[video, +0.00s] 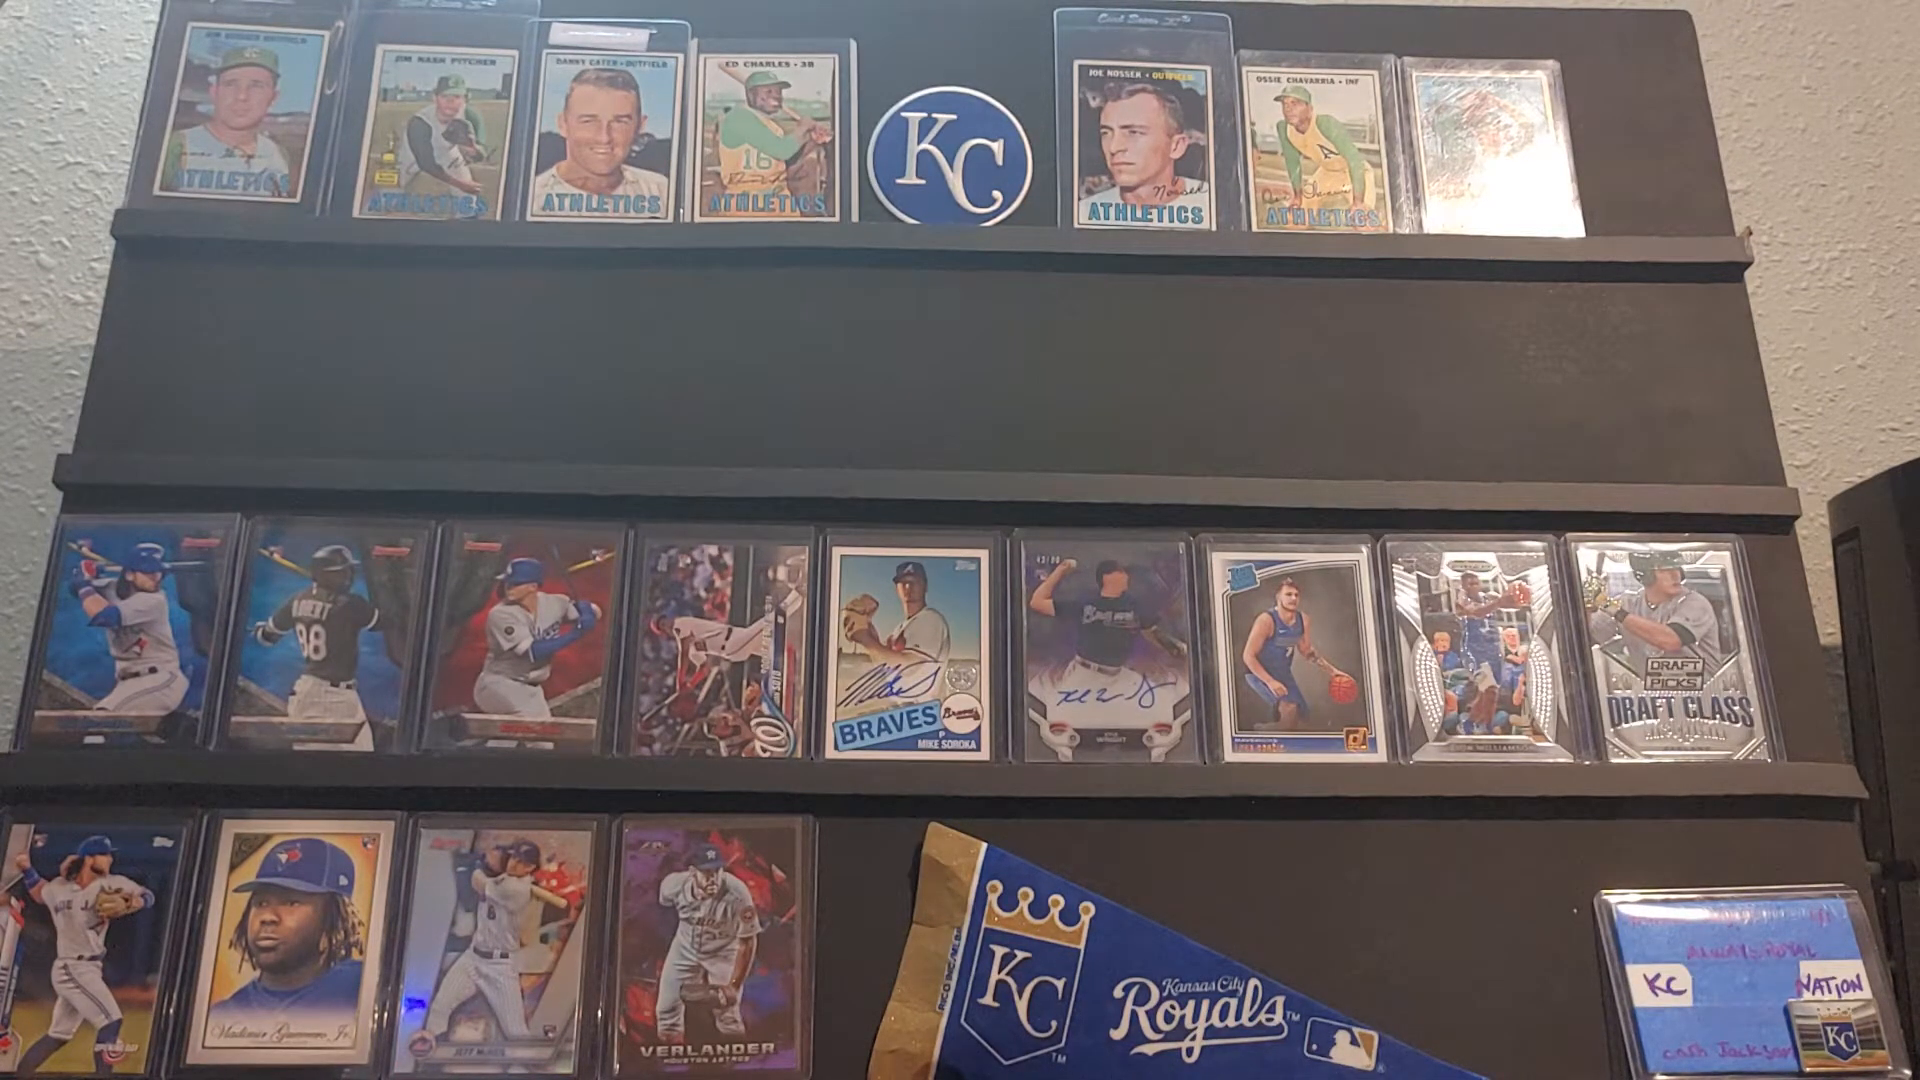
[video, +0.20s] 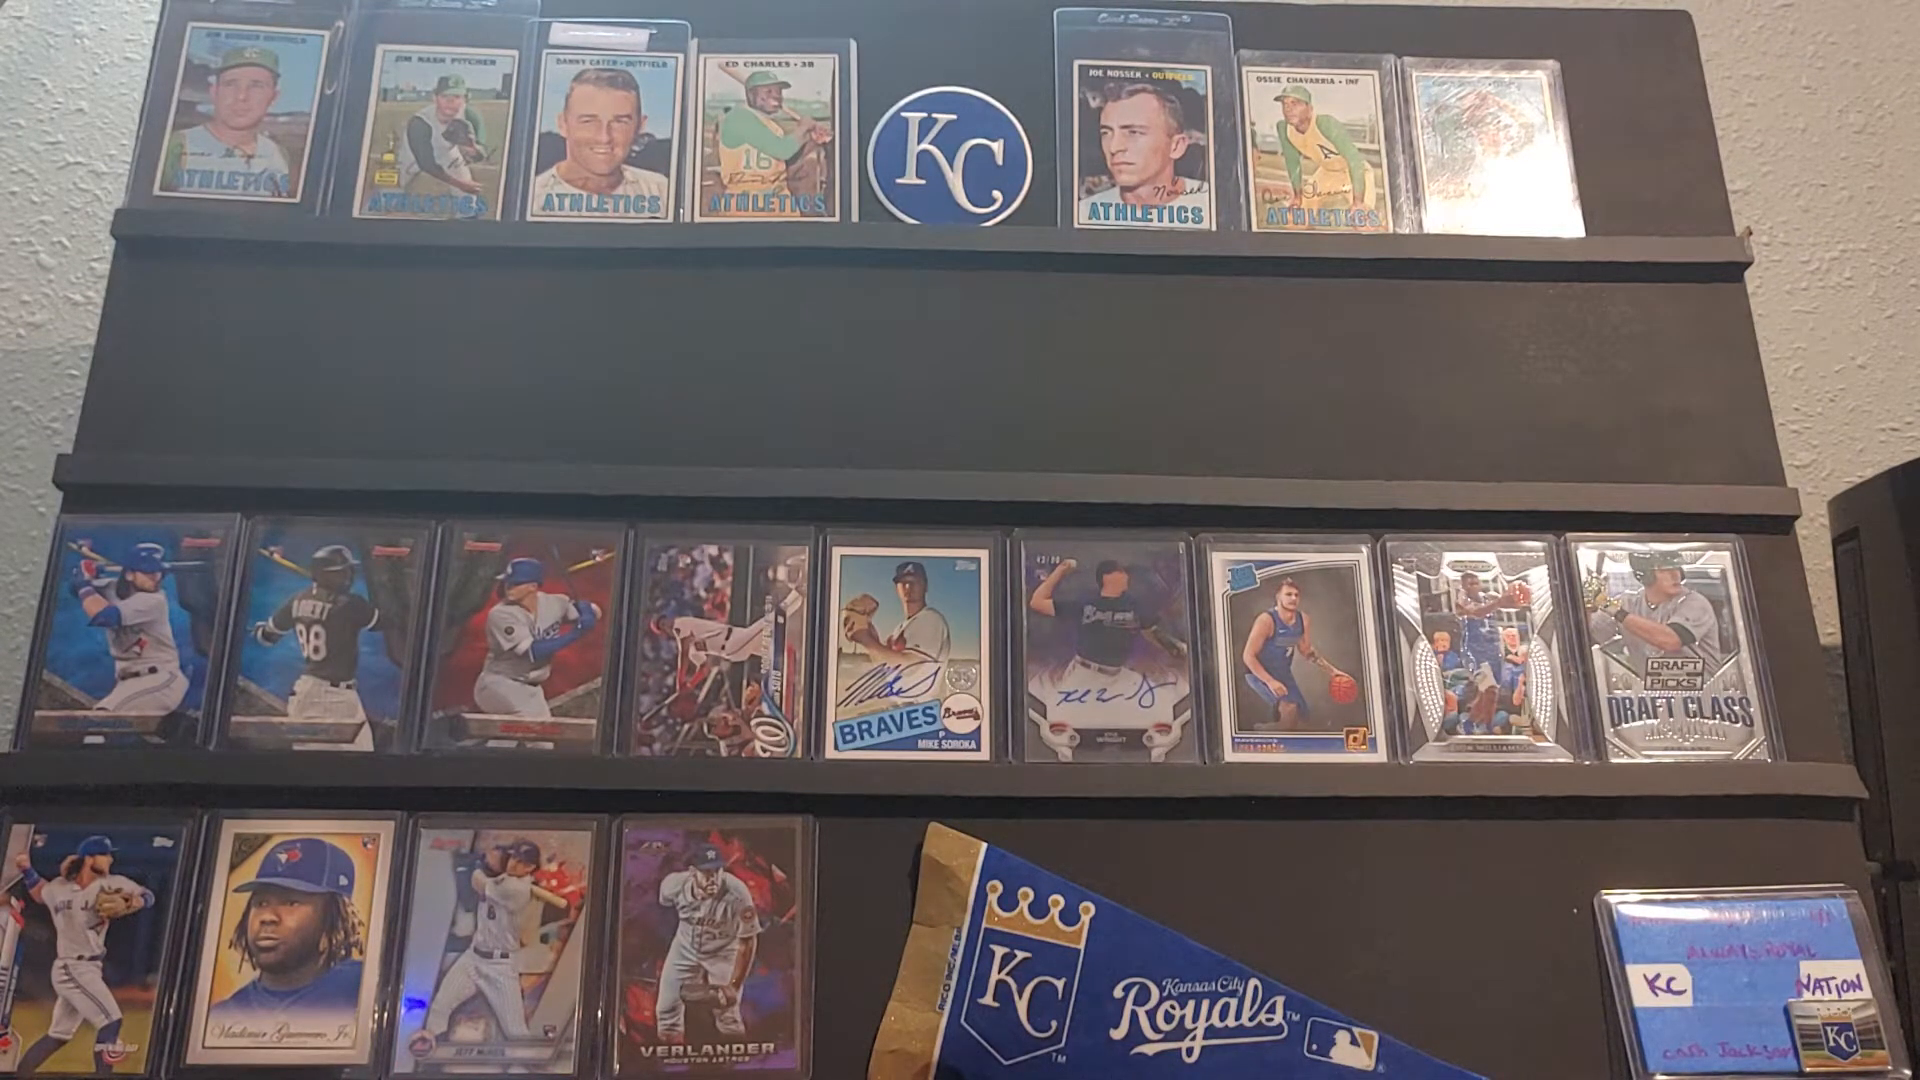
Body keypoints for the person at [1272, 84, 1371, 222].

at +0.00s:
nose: (1288, 109)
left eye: (1294, 104)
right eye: (1285, 105)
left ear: (1309, 108)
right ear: (1282, 108)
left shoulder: (1327, 124)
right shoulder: (1284, 128)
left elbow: (1355, 161)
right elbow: (1292, 162)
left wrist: (1358, 202)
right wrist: (1297, 197)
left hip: (1355, 172)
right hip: (1327, 171)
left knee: (1361, 217)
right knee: (1303, 209)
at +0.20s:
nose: (1288, 109)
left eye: (1294, 104)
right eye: (1284, 104)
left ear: (1309, 108)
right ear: (1282, 108)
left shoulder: (1327, 124)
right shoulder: (1284, 128)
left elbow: (1355, 161)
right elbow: (1292, 163)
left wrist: (1358, 202)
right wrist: (1297, 197)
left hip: (1354, 172)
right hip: (1327, 171)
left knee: (1361, 217)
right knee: (1303, 208)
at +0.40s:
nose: (1288, 109)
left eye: (1294, 103)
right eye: (1285, 104)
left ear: (1309, 108)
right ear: (1281, 108)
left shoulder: (1326, 123)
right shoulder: (1284, 128)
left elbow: (1355, 160)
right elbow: (1292, 163)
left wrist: (1358, 202)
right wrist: (1297, 196)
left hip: (1354, 172)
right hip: (1327, 172)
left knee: (1361, 218)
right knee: (1302, 206)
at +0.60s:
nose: (1288, 109)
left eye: (1294, 104)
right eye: (1285, 105)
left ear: (1309, 108)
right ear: (1282, 108)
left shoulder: (1326, 124)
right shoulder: (1284, 128)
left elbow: (1355, 160)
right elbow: (1292, 162)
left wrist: (1358, 202)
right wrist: (1297, 197)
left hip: (1354, 171)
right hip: (1327, 171)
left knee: (1360, 216)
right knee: (1304, 207)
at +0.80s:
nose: (1288, 109)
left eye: (1294, 103)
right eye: (1285, 104)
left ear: (1309, 108)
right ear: (1281, 108)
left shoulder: (1327, 124)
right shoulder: (1283, 128)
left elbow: (1355, 160)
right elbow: (1292, 162)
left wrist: (1358, 202)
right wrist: (1297, 196)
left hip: (1355, 172)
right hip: (1327, 172)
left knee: (1361, 219)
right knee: (1302, 208)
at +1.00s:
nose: (1288, 109)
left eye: (1294, 104)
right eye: (1284, 104)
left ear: (1309, 108)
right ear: (1281, 108)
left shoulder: (1327, 124)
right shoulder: (1284, 128)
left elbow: (1355, 161)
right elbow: (1292, 163)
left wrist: (1358, 203)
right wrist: (1297, 197)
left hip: (1354, 172)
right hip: (1327, 172)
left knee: (1361, 218)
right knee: (1303, 207)